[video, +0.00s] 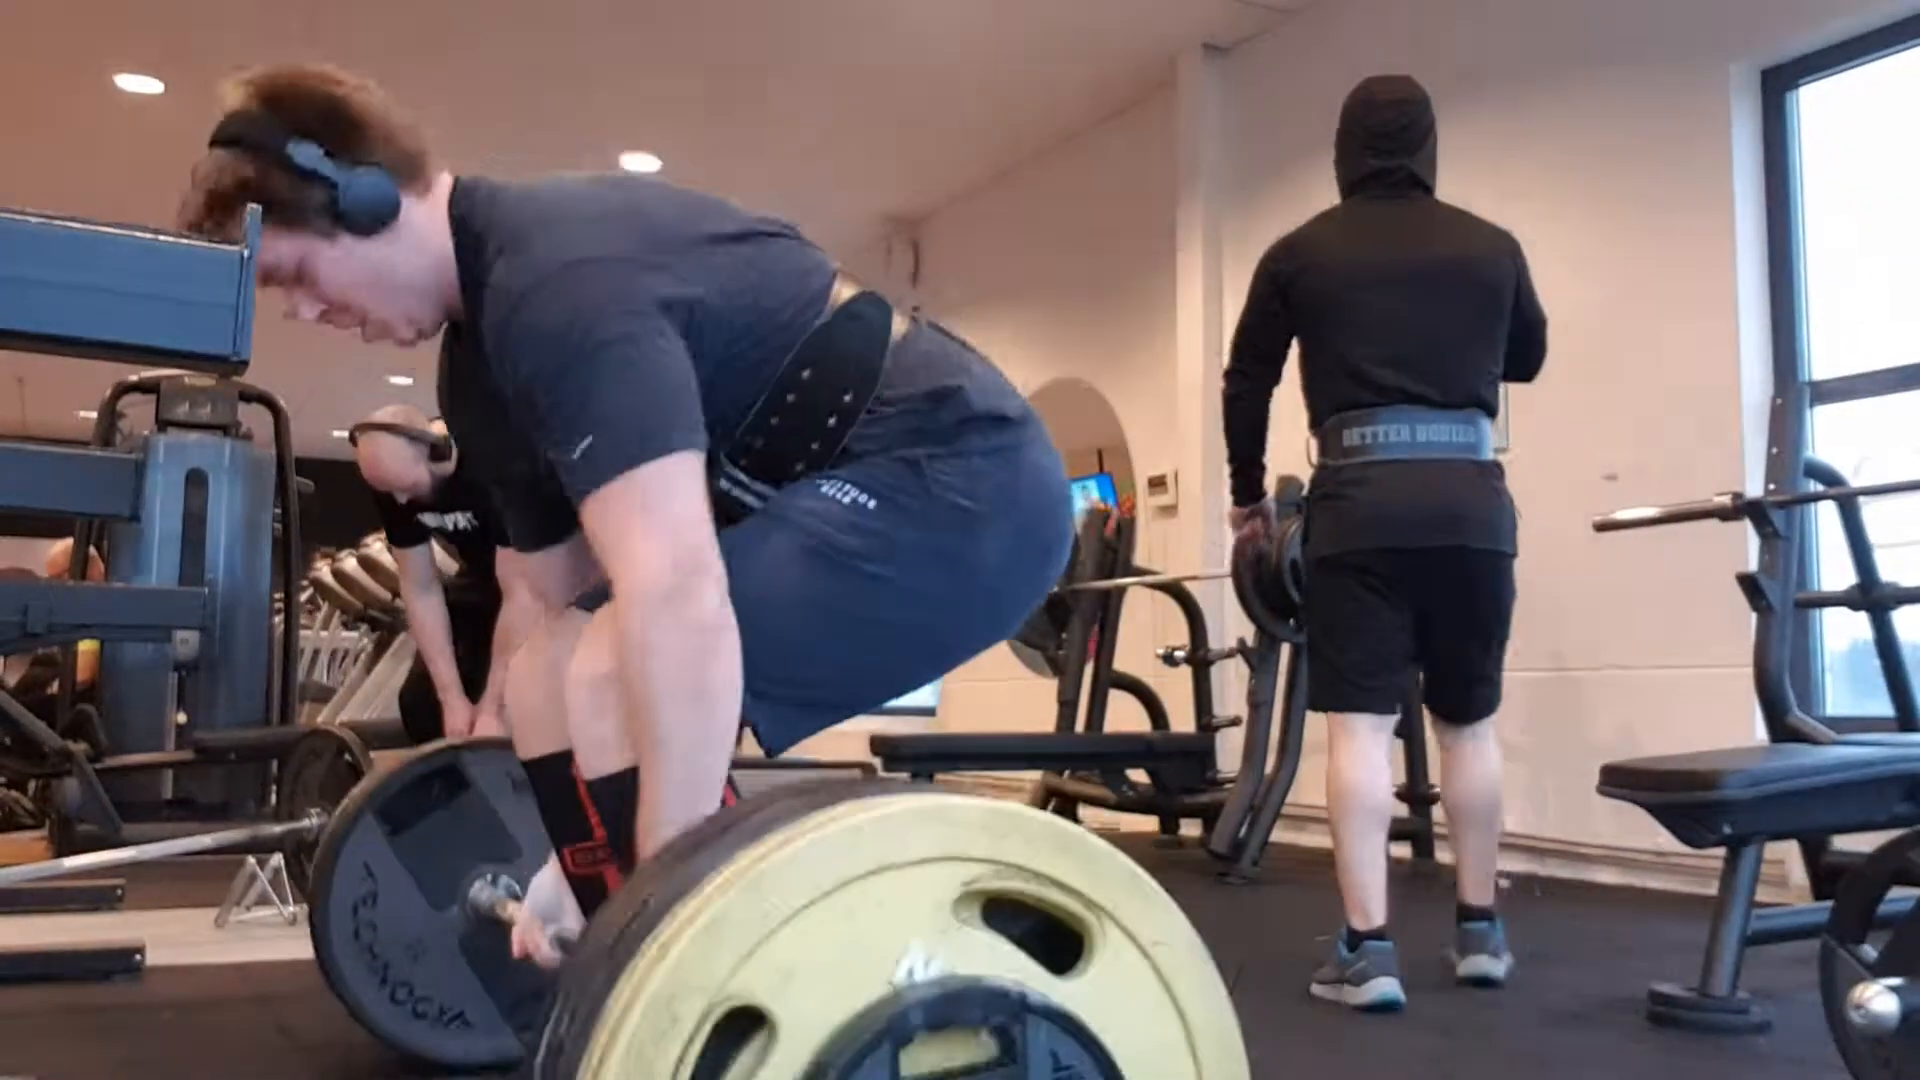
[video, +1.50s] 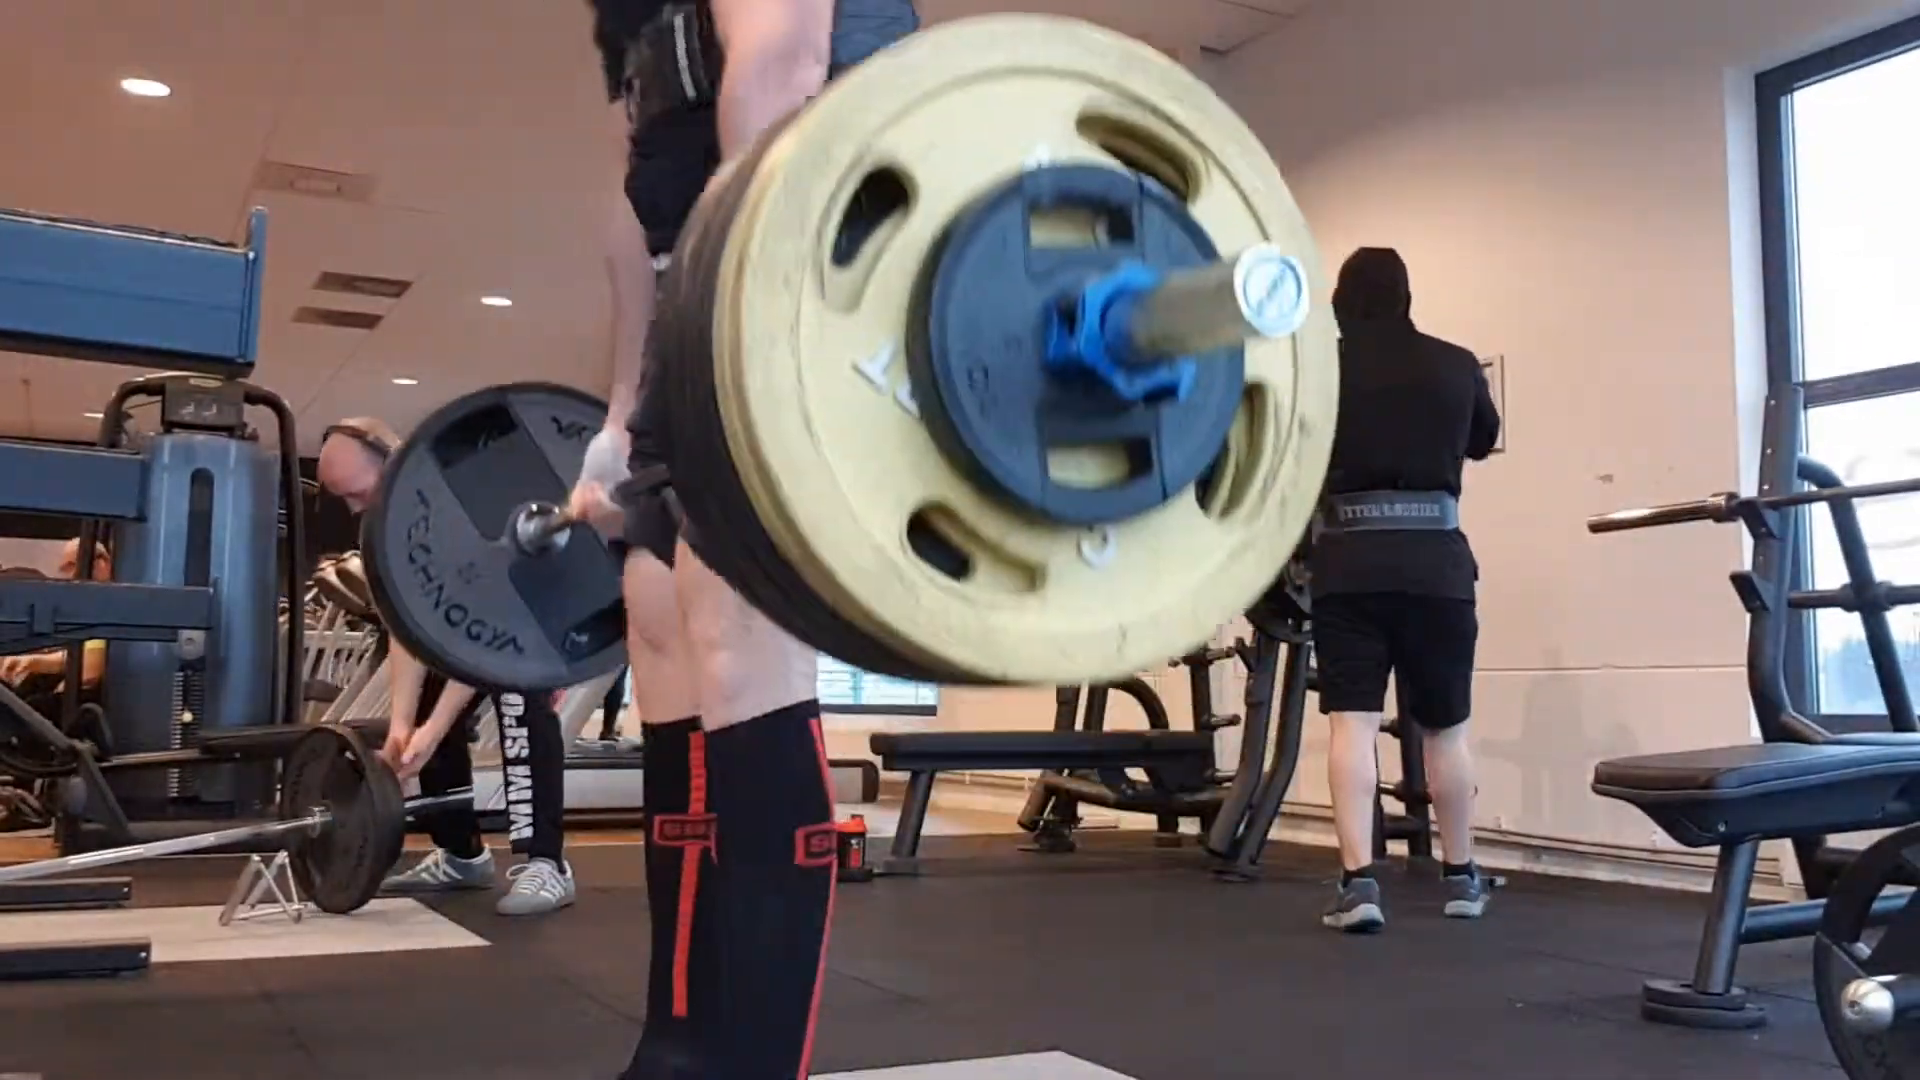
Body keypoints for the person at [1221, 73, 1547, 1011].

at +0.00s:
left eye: (1355, 143)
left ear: (1343, 154)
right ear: (1430, 151)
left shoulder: (1299, 254)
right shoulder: (1493, 246)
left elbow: (1247, 381)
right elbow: (1524, 360)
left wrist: (1248, 498)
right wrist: (1445, 338)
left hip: (1357, 509)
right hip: (1471, 509)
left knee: (1358, 724)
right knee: (1469, 721)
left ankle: (1367, 950)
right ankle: (1480, 930)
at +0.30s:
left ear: (1393, 190)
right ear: (1474, 198)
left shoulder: (1341, 278)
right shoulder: (1516, 290)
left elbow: (1289, 402)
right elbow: (1502, 381)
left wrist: (1286, 510)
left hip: (1369, 521)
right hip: (1475, 524)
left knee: (1341, 712)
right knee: (1458, 728)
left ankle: (1362, 878)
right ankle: (1458, 923)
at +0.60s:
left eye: (1411, 210)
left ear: (1397, 221)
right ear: (1472, 228)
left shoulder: (1345, 299)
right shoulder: (1509, 314)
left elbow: (1292, 411)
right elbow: (1495, 416)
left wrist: (1278, 517)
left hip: (1371, 534)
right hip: (1470, 535)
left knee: (1341, 708)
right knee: (1455, 723)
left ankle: (1356, 892)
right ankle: (1452, 916)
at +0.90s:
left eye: (1359, 257)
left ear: (1358, 264)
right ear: (1432, 265)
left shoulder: (1317, 338)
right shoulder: (1476, 338)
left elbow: (1271, 442)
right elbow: (1486, 423)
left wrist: (1257, 544)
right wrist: (1422, 415)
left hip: (1359, 551)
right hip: (1453, 546)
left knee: (1356, 725)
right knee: (1444, 714)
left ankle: (1358, 894)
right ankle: (1452, 890)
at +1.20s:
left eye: (1331, 269)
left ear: (1326, 279)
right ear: (1394, 275)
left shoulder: (1293, 356)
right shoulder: (1442, 340)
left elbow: (1259, 464)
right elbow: (1472, 415)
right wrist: (1427, 374)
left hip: (1343, 566)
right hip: (1435, 558)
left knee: (1347, 724)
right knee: (1453, 708)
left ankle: (1359, 890)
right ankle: (1453, 847)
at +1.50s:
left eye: (1339, 292)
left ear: (1340, 300)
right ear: (1406, 297)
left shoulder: (1320, 361)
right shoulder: (1454, 362)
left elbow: (1296, 447)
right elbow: (1483, 442)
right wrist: (1427, 408)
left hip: (1348, 567)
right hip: (1436, 568)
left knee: (1351, 725)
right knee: (1446, 730)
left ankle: (1359, 886)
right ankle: (1461, 879)